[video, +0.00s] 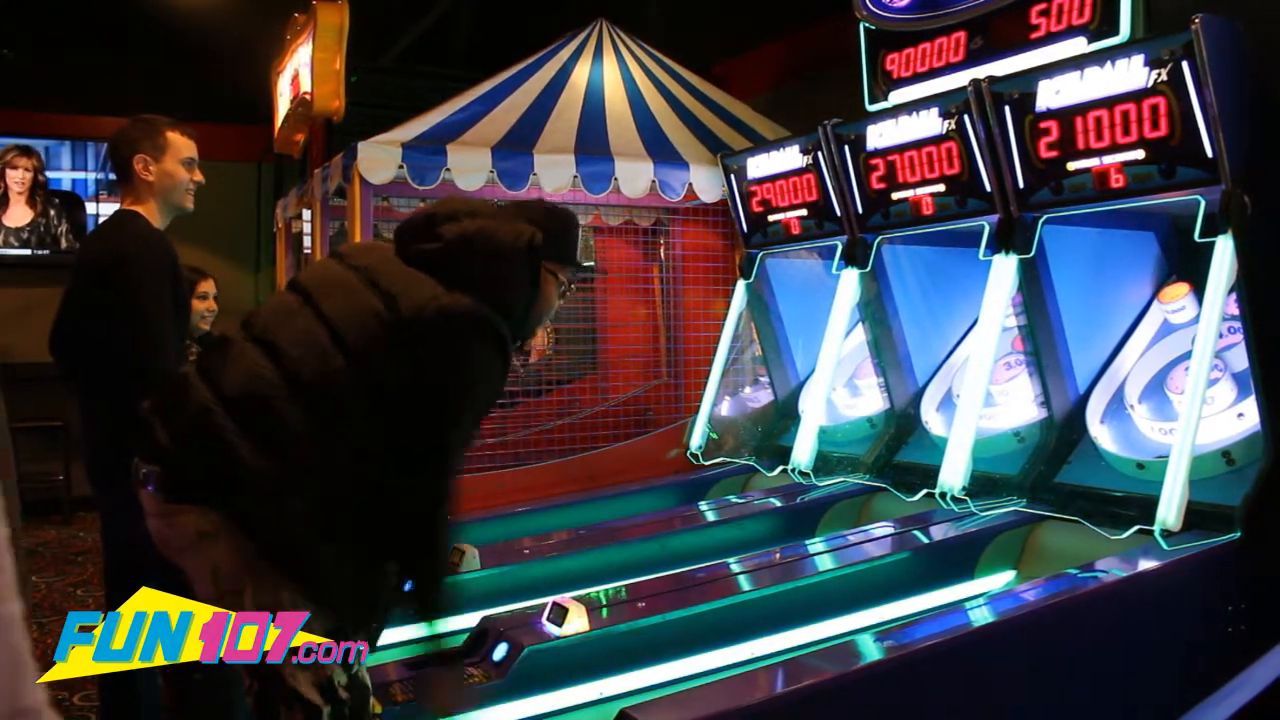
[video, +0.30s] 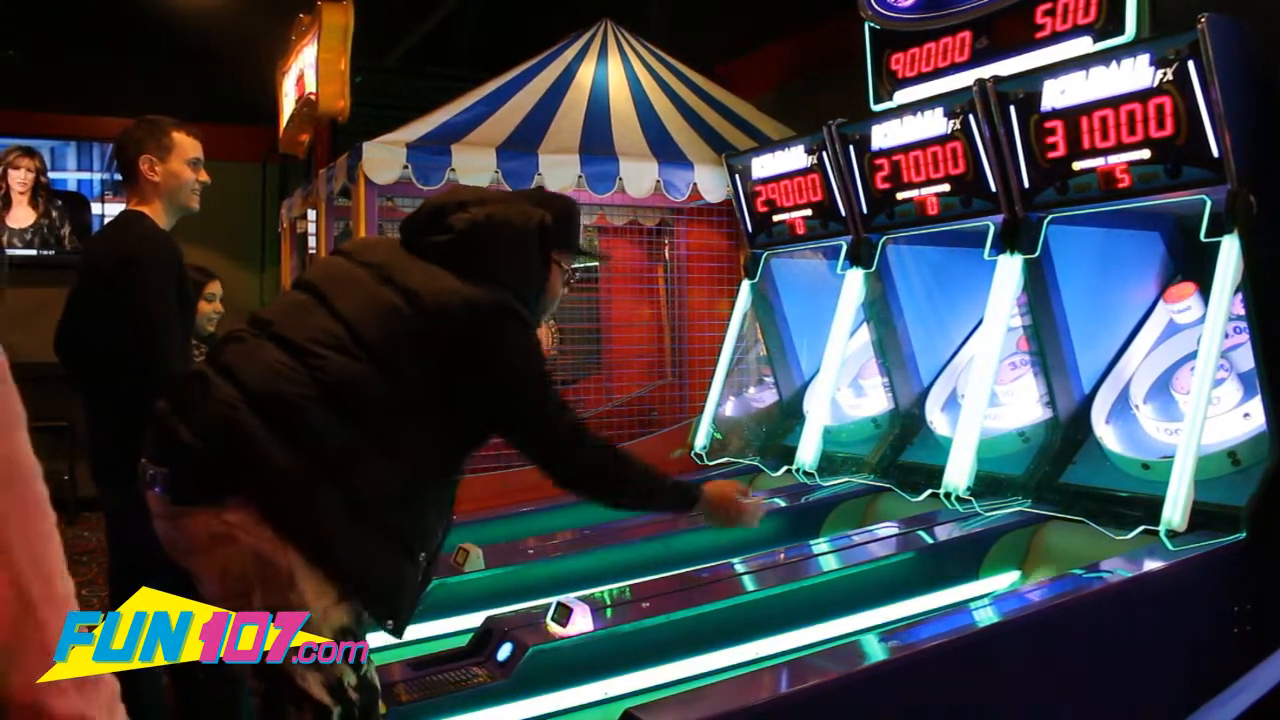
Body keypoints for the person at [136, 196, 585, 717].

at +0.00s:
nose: (557, 304)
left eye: (562, 287)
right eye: (558, 283)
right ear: (526, 265)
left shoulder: (371, 258)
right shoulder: (470, 332)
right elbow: (422, 475)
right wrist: (430, 595)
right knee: (323, 693)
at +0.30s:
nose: (562, 284)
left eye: (564, 268)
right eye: (557, 266)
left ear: (463, 240)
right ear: (518, 259)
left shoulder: (365, 263)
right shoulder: (488, 326)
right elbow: (572, 455)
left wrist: (408, 546)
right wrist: (695, 497)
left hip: (182, 482)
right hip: (266, 525)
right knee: (328, 696)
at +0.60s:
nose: (579, 298)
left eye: (584, 283)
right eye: (576, 280)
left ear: (501, 256)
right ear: (536, 269)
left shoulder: (388, 261)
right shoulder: (486, 335)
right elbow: (501, 513)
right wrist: (570, 655)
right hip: (250, 504)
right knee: (334, 694)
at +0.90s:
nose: (587, 311)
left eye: (592, 295)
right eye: (585, 293)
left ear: (516, 256)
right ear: (553, 285)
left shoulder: (402, 260)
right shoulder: (490, 352)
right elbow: (504, 531)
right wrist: (563, 684)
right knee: (330, 692)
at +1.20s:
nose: (587, 304)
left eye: (592, 288)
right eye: (586, 286)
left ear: (513, 247)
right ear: (557, 277)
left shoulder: (400, 258)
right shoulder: (488, 339)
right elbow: (474, 521)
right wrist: (548, 672)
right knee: (324, 697)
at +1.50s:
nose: (576, 293)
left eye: (582, 279)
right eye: (574, 276)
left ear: (514, 251)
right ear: (539, 264)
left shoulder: (401, 255)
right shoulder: (475, 332)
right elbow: (417, 505)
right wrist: (447, 662)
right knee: (322, 686)